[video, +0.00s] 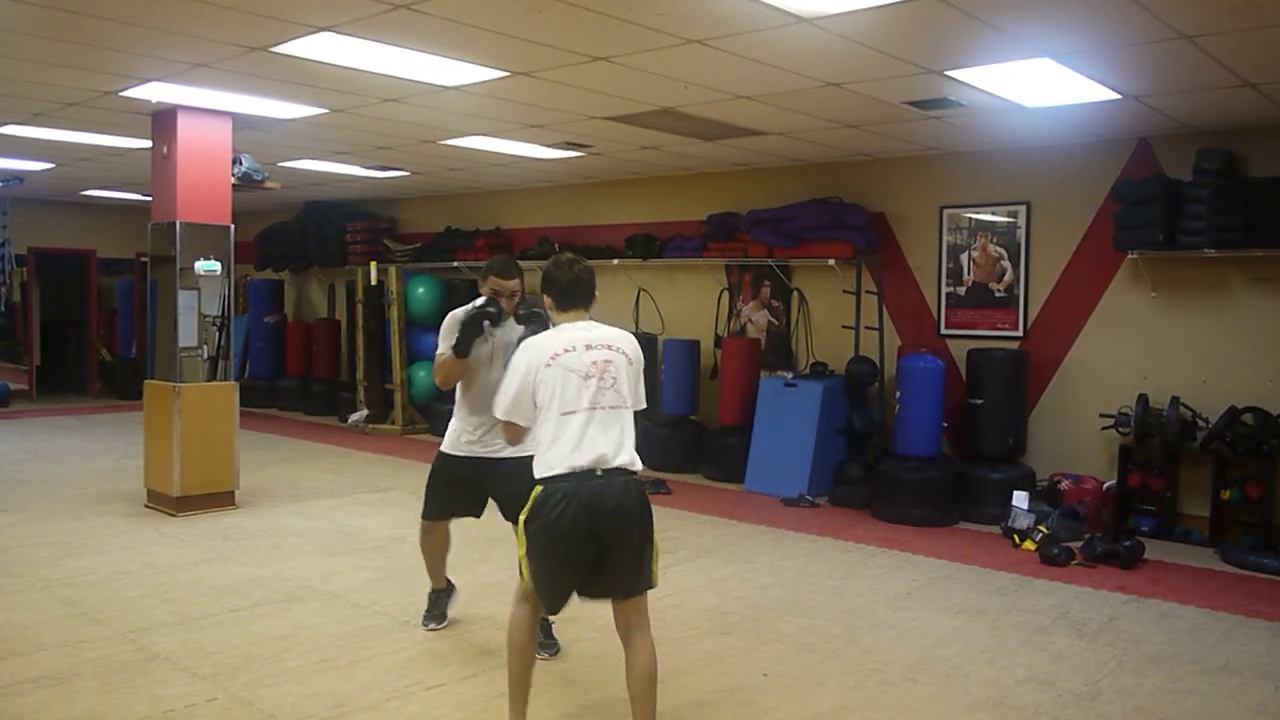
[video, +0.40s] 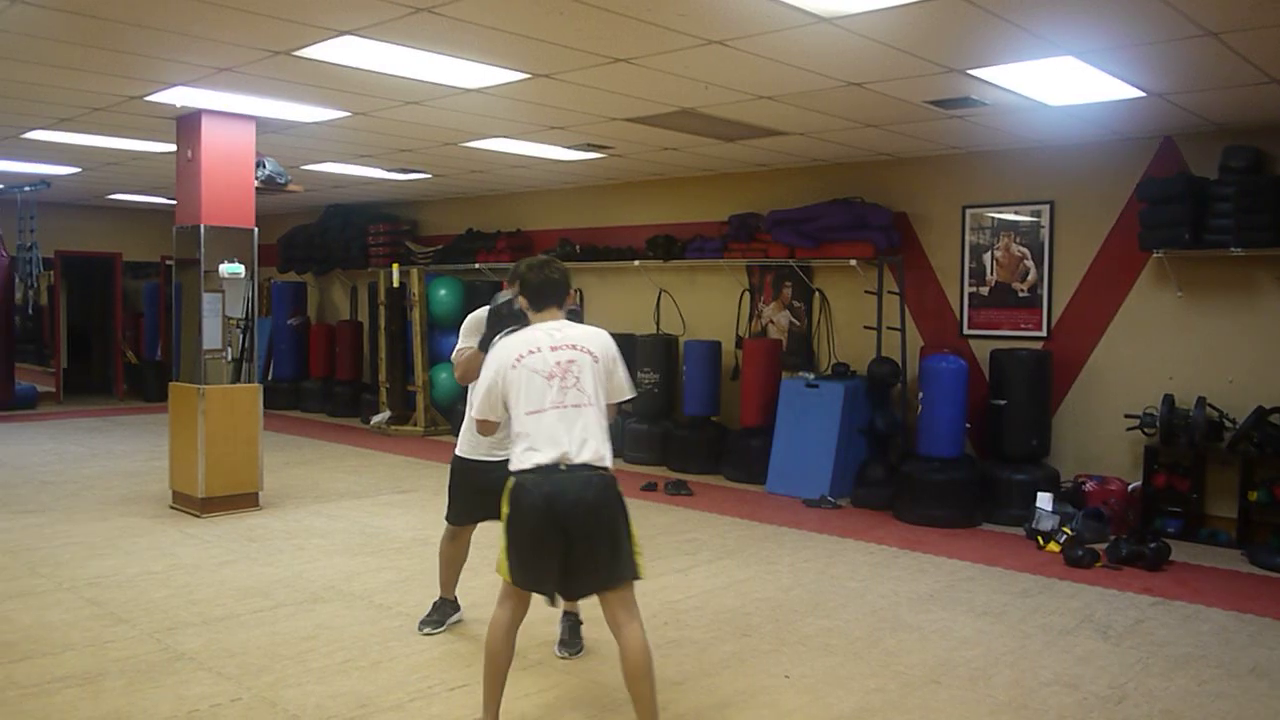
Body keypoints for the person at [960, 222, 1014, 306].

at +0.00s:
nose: (983, 241)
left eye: (986, 237)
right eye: (980, 237)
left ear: (990, 238)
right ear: (976, 238)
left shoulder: (999, 253)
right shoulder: (972, 252)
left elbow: (1010, 272)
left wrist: (1001, 286)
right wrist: (967, 278)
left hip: (991, 288)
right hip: (976, 286)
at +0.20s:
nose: (987, 242)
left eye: (990, 238)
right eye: (983, 238)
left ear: (995, 238)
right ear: (979, 238)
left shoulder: (1003, 254)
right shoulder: (975, 254)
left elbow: (1014, 273)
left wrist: (1005, 287)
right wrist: (971, 280)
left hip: (995, 289)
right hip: (979, 288)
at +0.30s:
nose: (995, 240)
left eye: (999, 236)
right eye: (992, 236)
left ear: (1004, 237)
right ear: (988, 237)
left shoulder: (1012, 252)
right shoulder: (985, 251)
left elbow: (1023, 272)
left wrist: (1015, 286)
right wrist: (979, 278)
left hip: (1004, 288)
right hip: (988, 287)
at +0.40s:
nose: (1006, 240)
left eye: (1009, 236)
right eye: (1003, 236)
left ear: (1014, 237)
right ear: (999, 237)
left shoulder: (1022, 252)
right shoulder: (994, 253)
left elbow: (1033, 272)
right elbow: (991, 269)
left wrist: (1025, 286)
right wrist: (990, 279)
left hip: (1014, 287)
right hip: (998, 286)